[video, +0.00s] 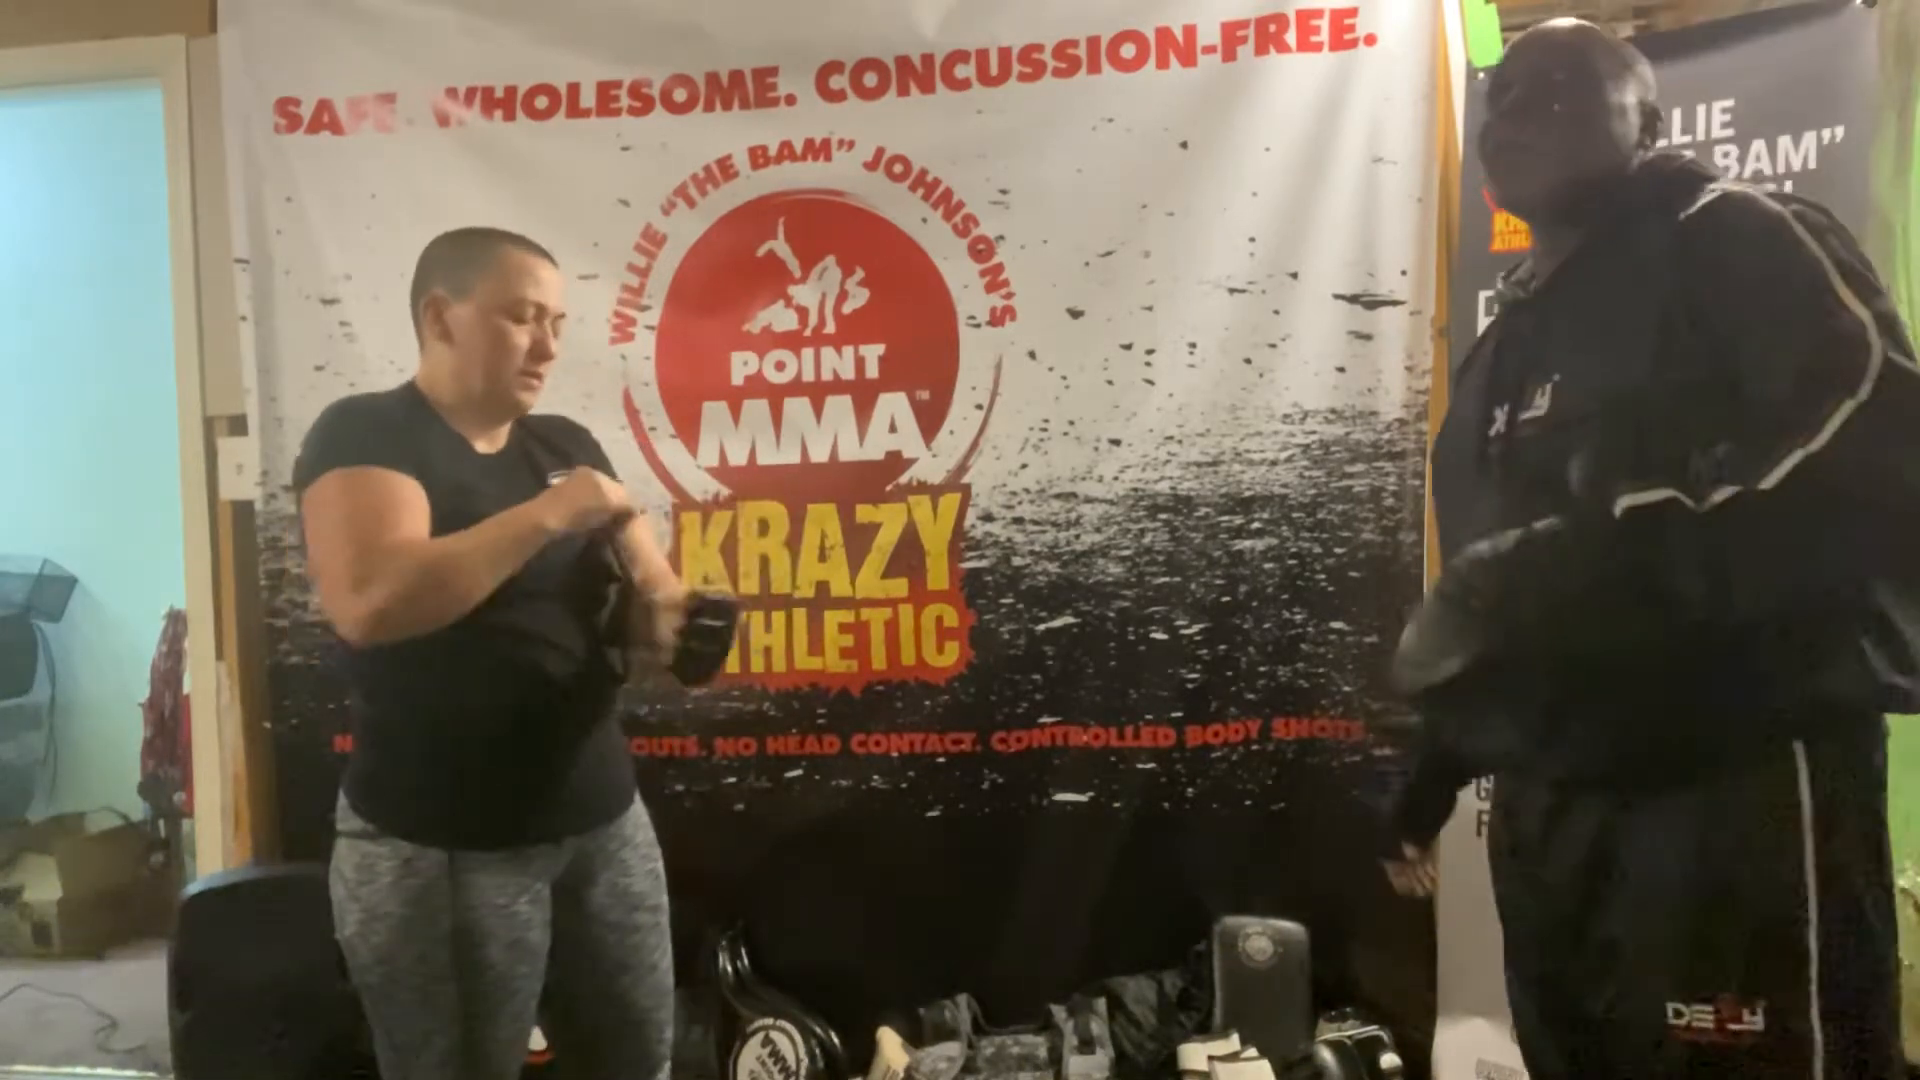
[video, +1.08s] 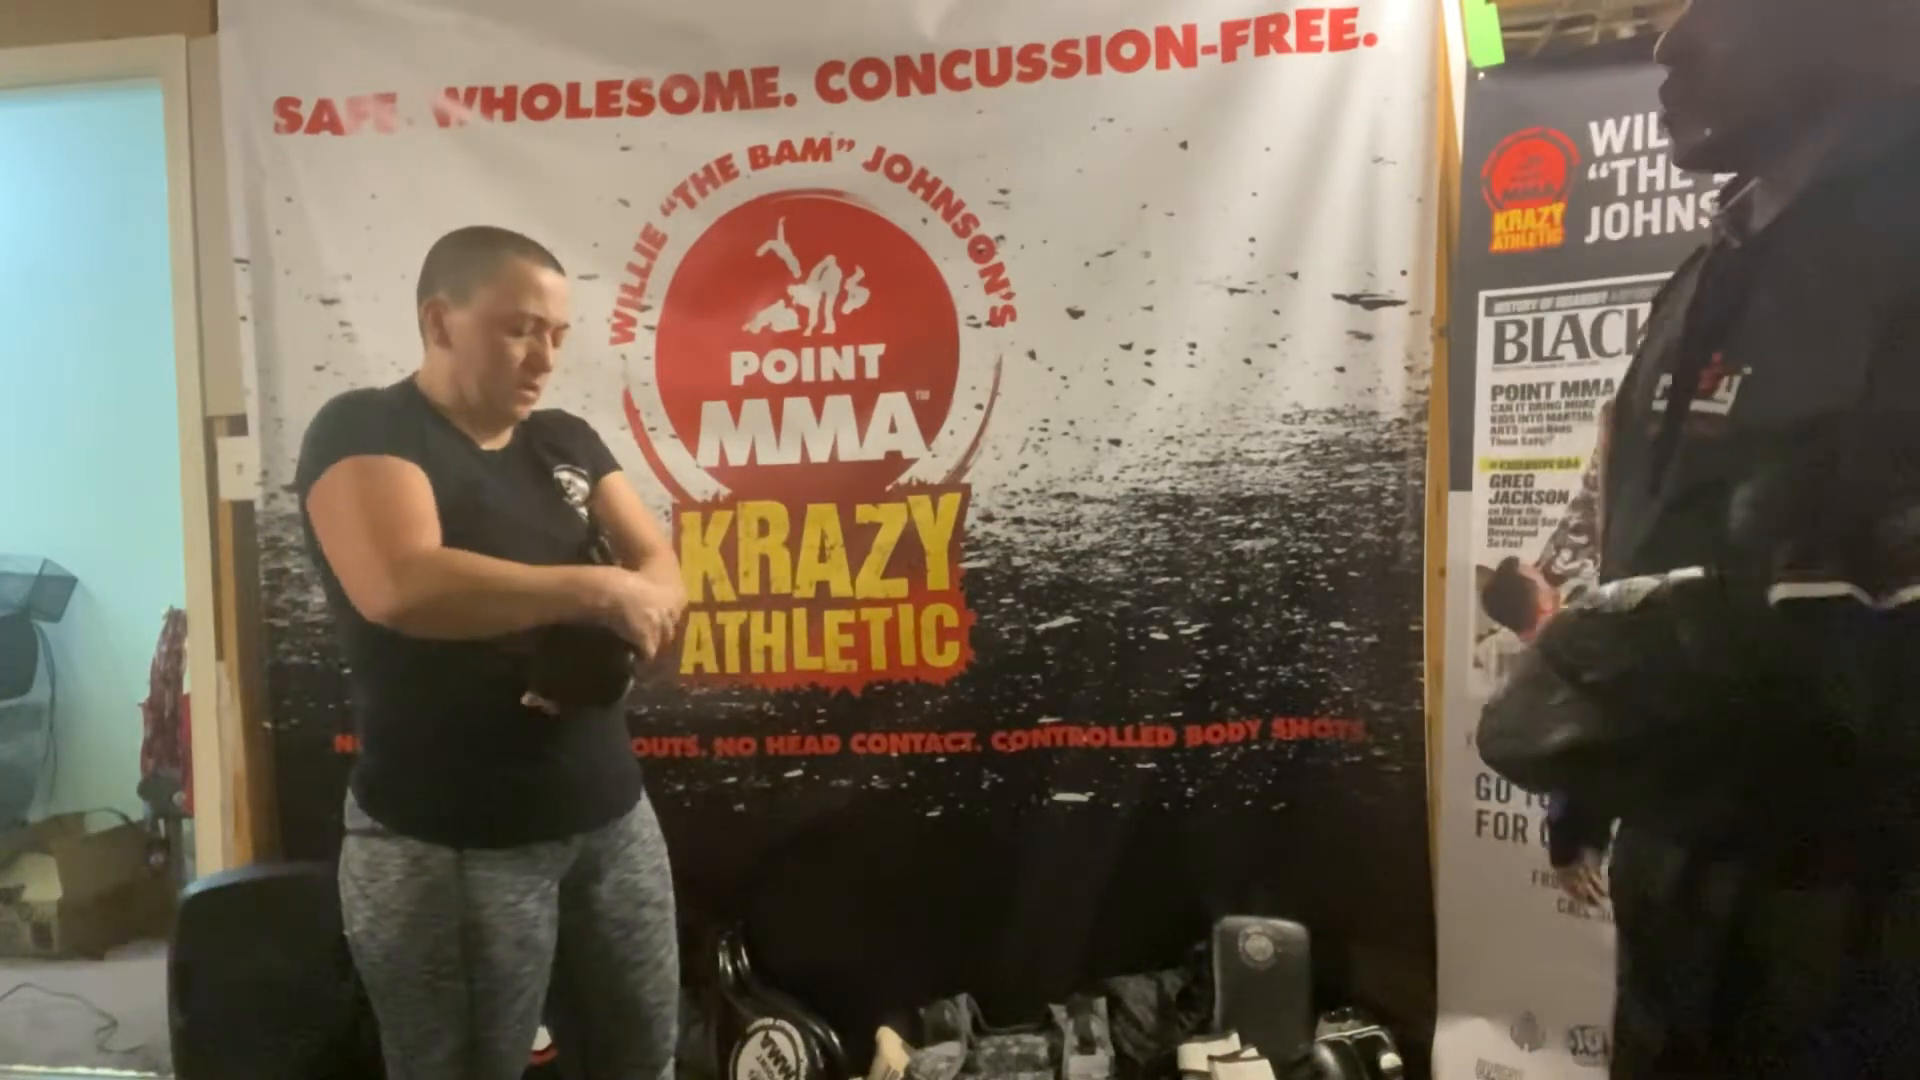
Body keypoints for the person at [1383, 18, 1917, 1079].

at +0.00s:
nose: (1496, 119)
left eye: (1532, 92)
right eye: (1488, 103)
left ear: (1631, 115)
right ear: (1479, 151)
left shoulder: (1734, 233)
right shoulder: (1494, 351)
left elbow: (1887, 432)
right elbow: (1487, 602)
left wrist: (1628, 568)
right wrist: (1418, 789)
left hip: (1750, 773)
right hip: (1559, 793)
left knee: (1769, 1056)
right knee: (1575, 1054)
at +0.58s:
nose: (1629, 69)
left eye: (1676, 35)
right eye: (1622, 47)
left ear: (1805, 51)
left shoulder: (1884, 227)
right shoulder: (1613, 300)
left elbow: (1894, 572)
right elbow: (1543, 564)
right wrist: (1447, 732)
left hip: (1823, 842)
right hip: (1617, 839)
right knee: (1592, 1058)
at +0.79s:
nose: (1643, 40)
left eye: (1681, 9)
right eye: (1645, 19)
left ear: (1822, 24)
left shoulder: (1892, 196)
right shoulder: (1643, 305)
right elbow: (1615, 591)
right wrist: (1516, 753)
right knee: (1590, 1057)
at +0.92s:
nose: (1652, 40)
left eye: (1698, 7)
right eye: (1663, 16)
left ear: (1837, 25)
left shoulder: (1897, 215)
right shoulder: (1671, 290)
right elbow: (1623, 557)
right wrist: (1565, 775)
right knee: (1606, 1059)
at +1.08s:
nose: (1661, 38)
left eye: (1705, 8)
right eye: (1666, 17)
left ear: (1841, 24)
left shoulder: (1893, 226)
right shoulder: (1696, 281)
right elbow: (1626, 555)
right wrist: (1583, 794)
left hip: (1859, 860)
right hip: (1687, 851)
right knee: (1668, 1053)